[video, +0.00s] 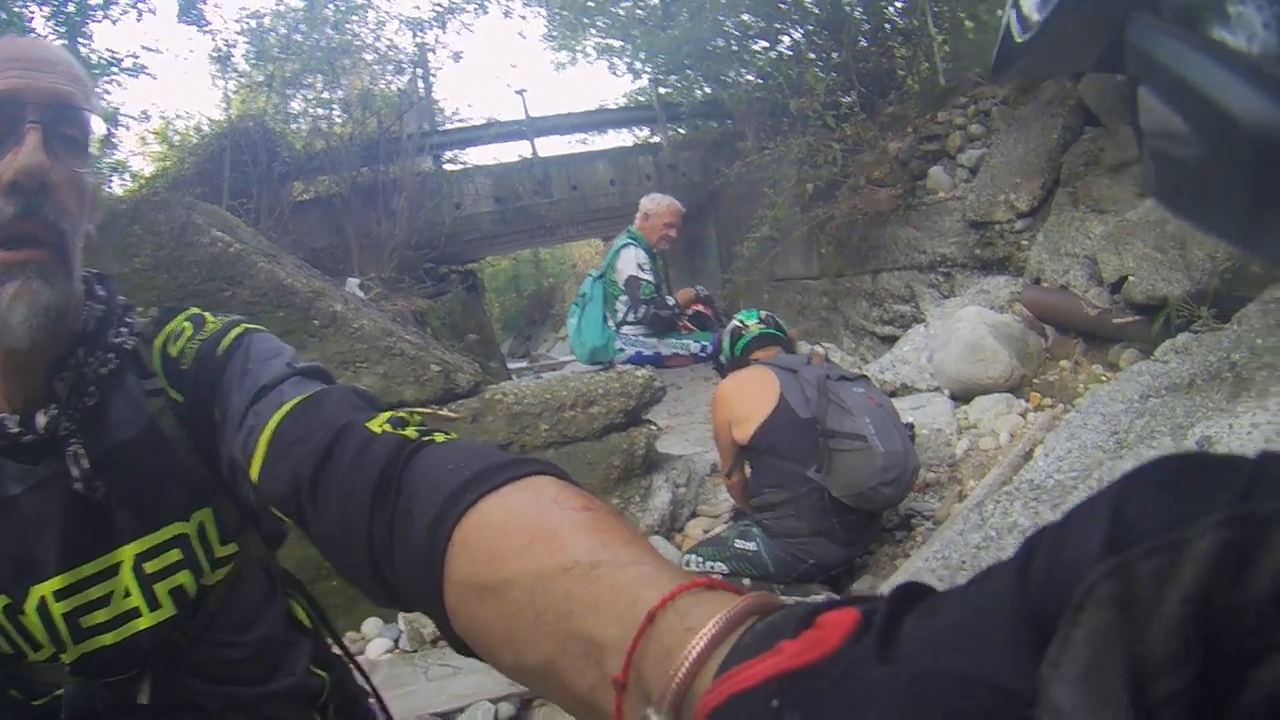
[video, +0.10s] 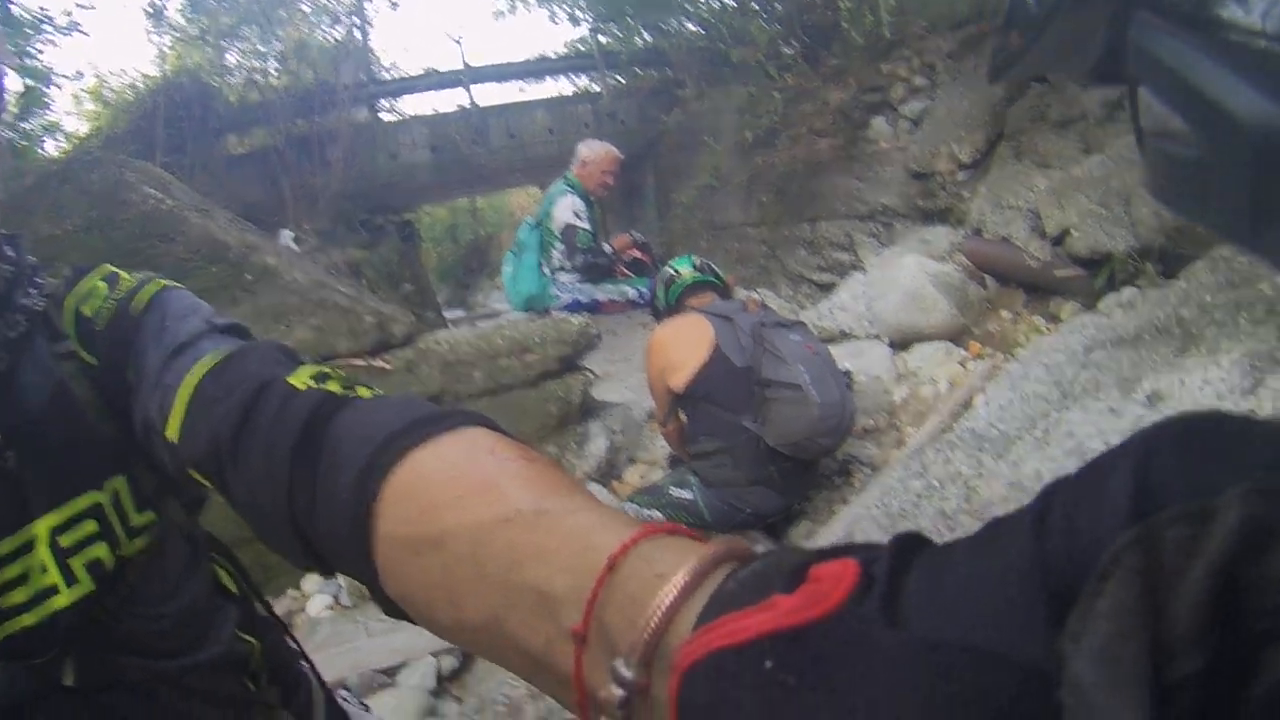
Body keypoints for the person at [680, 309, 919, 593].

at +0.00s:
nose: (721, 366)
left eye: (724, 357)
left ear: (732, 353)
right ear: (787, 343)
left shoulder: (731, 390)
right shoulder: (821, 366)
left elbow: (734, 477)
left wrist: (759, 516)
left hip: (807, 545)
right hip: (864, 528)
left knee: (694, 561)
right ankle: (835, 574)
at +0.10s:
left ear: (664, 303)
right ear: (725, 286)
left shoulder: (667, 338)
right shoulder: (757, 312)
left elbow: (668, 424)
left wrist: (695, 461)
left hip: (739, 495)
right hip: (799, 476)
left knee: (626, 519)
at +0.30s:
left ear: (642, 262)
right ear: (704, 244)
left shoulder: (639, 296)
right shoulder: (735, 270)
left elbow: (646, 385)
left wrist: (669, 419)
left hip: (718, 459)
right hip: (778, 437)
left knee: (609, 474)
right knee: (659, 430)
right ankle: (753, 477)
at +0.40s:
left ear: (654, 257)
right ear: (714, 240)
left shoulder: (650, 293)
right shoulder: (746, 264)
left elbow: (660, 383)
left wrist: (678, 418)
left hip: (730, 453)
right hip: (790, 432)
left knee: (627, 471)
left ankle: (727, 499)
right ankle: (770, 476)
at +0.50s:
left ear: (652, 231)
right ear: (711, 214)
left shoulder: (646, 266)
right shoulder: (745, 240)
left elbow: (654, 356)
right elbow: (819, 303)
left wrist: (674, 394)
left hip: (721, 425)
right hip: (784, 408)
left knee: (621, 448)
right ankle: (768, 449)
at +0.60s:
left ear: (645, 165)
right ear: (704, 147)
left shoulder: (640, 200)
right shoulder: (741, 173)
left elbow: (648, 287)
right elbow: (815, 226)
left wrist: (665, 327)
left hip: (720, 358)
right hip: (784, 339)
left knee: (618, 380)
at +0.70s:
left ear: (673, 123)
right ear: (729, 104)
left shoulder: (665, 158)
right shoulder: (773, 130)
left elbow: (673, 246)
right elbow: (849, 181)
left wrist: (691, 284)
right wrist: (841, 256)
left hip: (745, 319)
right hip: (808, 298)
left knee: (643, 342)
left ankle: (749, 368)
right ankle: (790, 342)